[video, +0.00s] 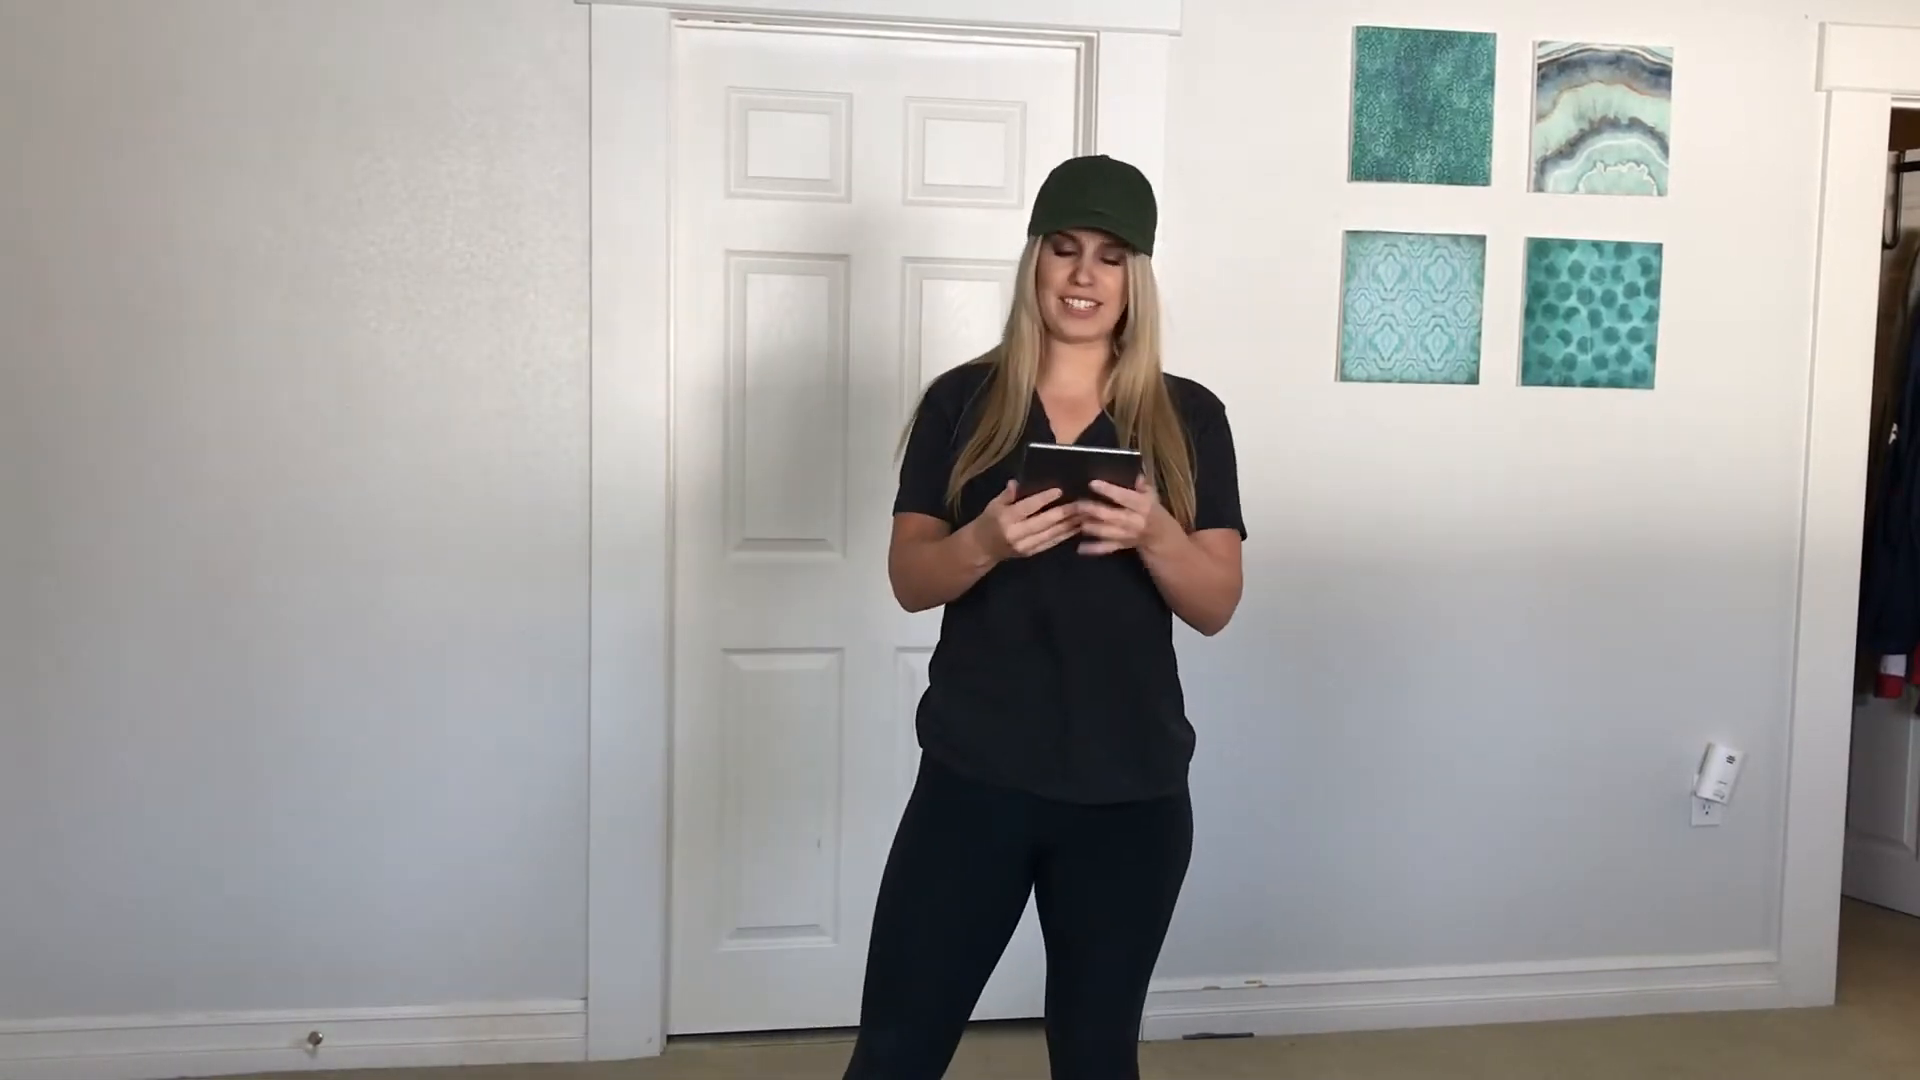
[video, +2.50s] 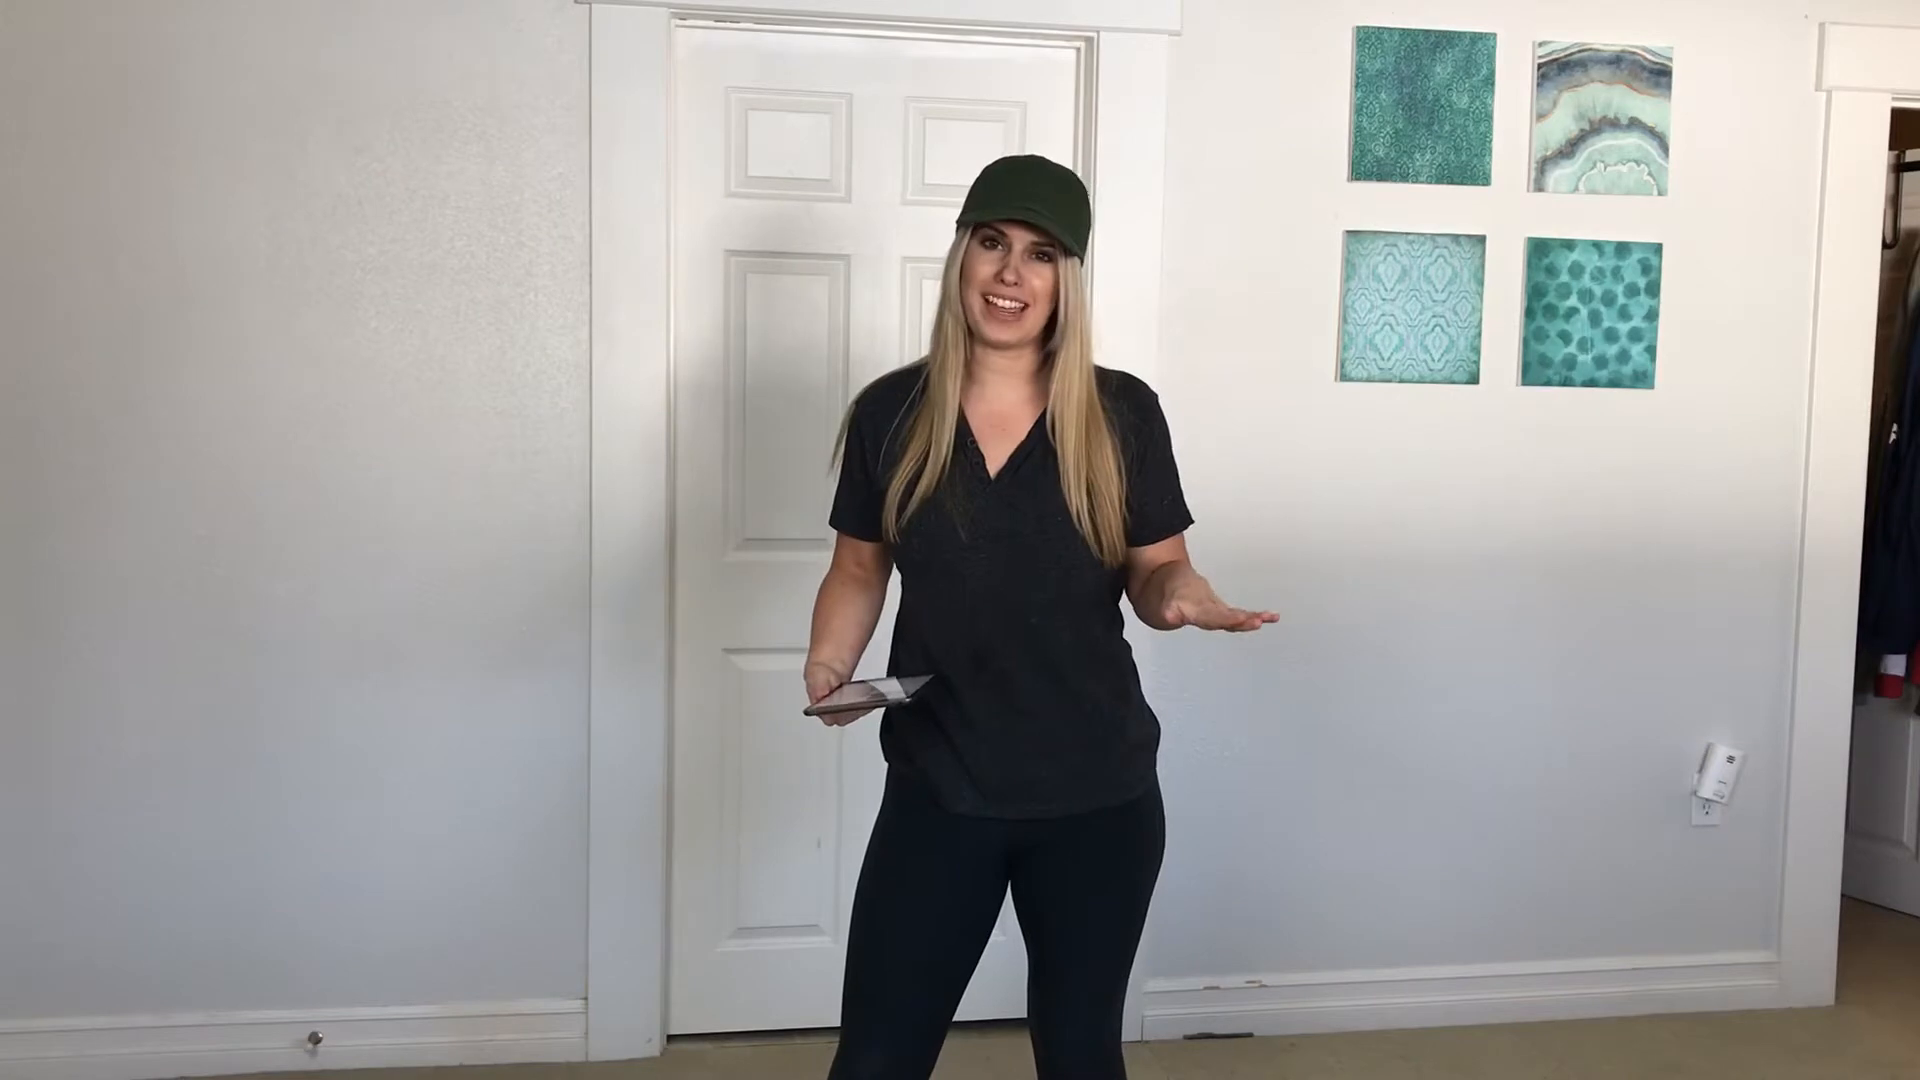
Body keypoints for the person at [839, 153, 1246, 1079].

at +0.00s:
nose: (1082, 275)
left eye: (1108, 257)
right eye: (1064, 250)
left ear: (1136, 277)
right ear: (1032, 263)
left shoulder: (1187, 416)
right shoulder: (959, 402)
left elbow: (1216, 604)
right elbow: (910, 579)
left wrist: (1158, 534)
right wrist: (984, 542)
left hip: (1128, 790)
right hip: (972, 780)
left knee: (1096, 1053)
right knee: (896, 1052)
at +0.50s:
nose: (1054, 249)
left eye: (1082, 233)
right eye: (1035, 226)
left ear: (1111, 264)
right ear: (1003, 246)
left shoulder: (1165, 413)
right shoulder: (937, 404)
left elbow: (1205, 600)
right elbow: (899, 559)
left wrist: (1259, 560)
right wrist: (855, 653)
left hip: (1116, 786)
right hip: (963, 780)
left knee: (1090, 1051)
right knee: (890, 1051)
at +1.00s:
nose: (1031, 261)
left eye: (1059, 243)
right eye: (1012, 237)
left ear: (1090, 271)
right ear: (984, 255)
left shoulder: (1145, 414)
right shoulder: (919, 409)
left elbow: (1173, 588)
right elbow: (878, 571)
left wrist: (1230, 619)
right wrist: (838, 654)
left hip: (1105, 789)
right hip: (951, 785)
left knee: (1085, 1054)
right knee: (880, 1055)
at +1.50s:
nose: (1029, 257)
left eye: (1057, 239)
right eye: (1008, 232)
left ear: (1087, 269)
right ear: (977, 254)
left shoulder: (1136, 410)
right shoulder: (908, 410)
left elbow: (1174, 584)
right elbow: (869, 569)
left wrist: (1239, 614)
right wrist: (838, 664)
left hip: (1105, 789)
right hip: (951, 787)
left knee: (1085, 1057)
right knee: (882, 1058)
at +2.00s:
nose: (1020, 264)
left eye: (1048, 247)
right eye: (1001, 238)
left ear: (1077, 276)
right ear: (969, 255)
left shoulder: (1130, 413)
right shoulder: (901, 409)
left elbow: (1160, 585)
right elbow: (864, 566)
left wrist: (1192, 594)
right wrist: (833, 659)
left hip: (1097, 792)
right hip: (942, 786)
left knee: (1081, 1055)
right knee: (879, 1058)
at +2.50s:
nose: (1011, 273)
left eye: (1039, 255)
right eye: (993, 245)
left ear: (1069, 280)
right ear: (959, 259)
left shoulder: (1119, 409)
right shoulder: (892, 412)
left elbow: (1158, 567)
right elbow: (856, 569)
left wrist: (1186, 599)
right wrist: (829, 664)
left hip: (1095, 792)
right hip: (941, 787)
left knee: (1079, 1055)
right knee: (876, 1058)